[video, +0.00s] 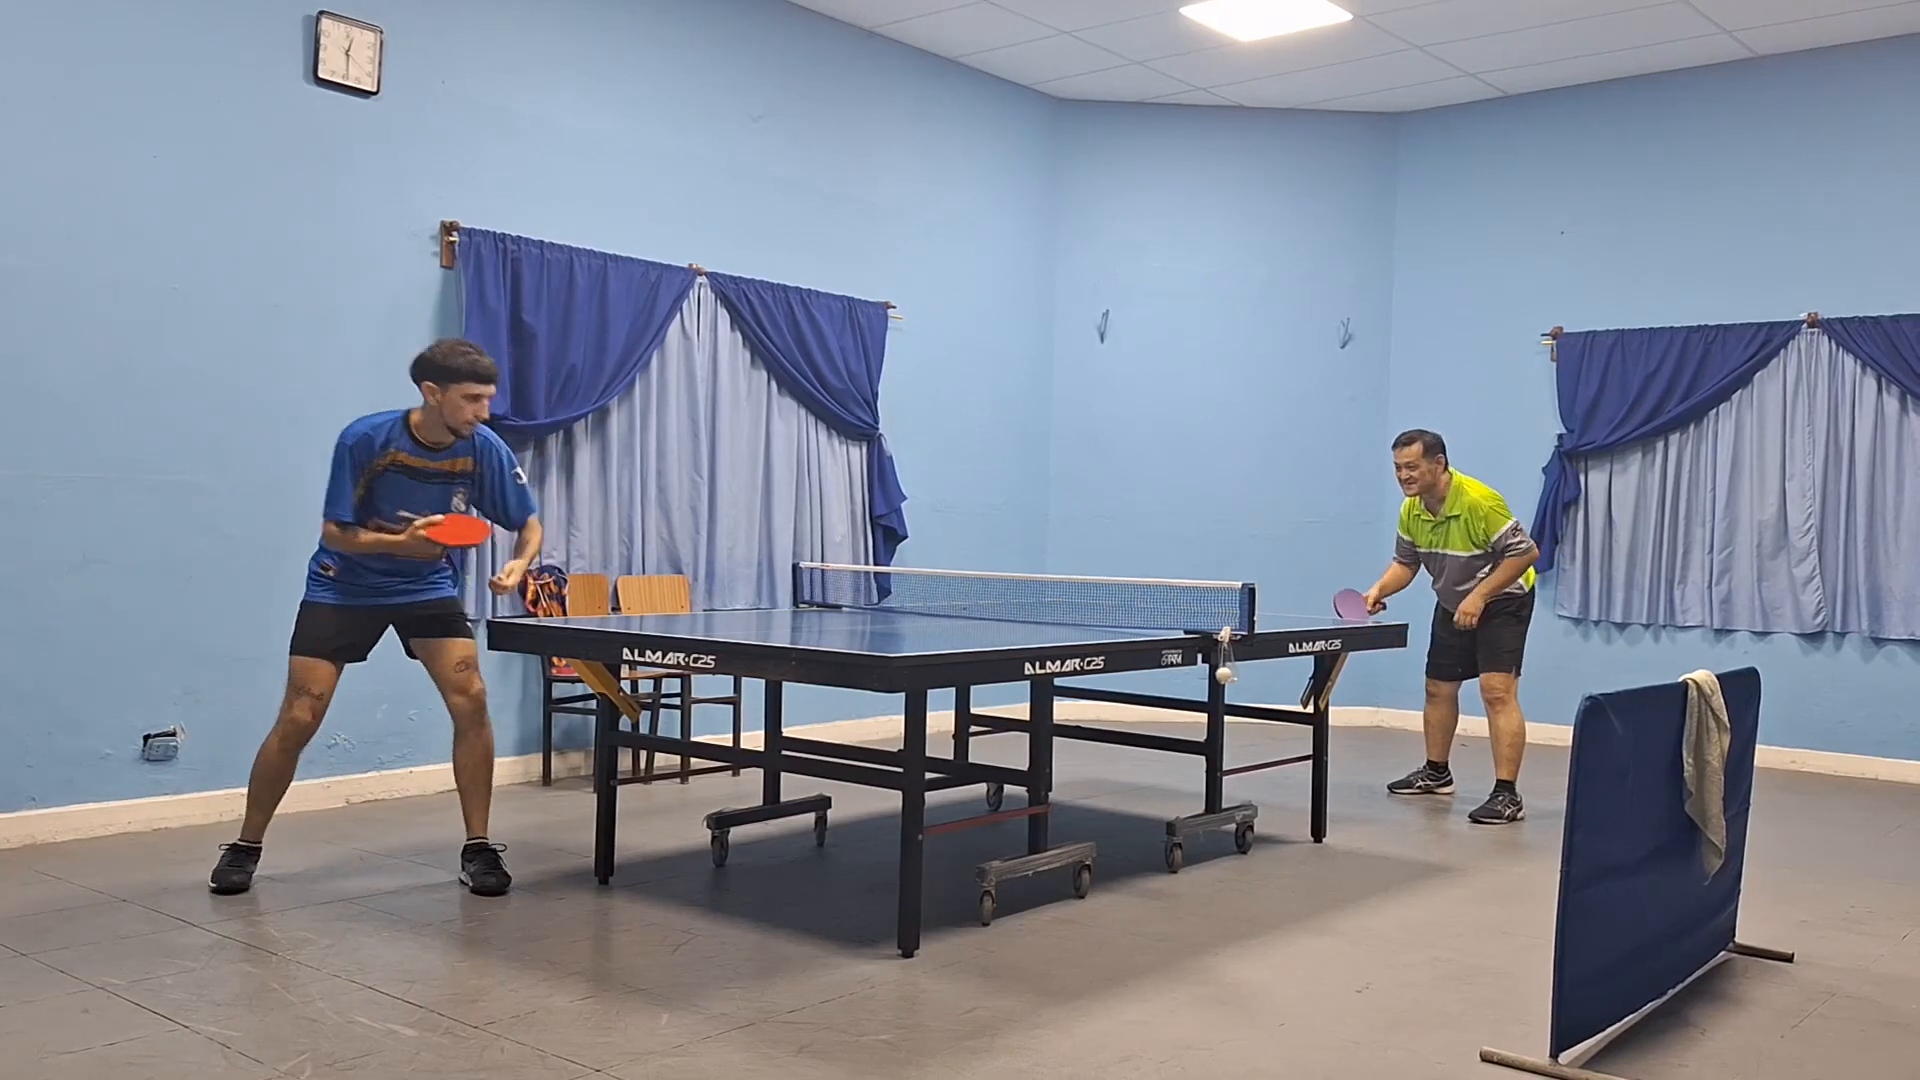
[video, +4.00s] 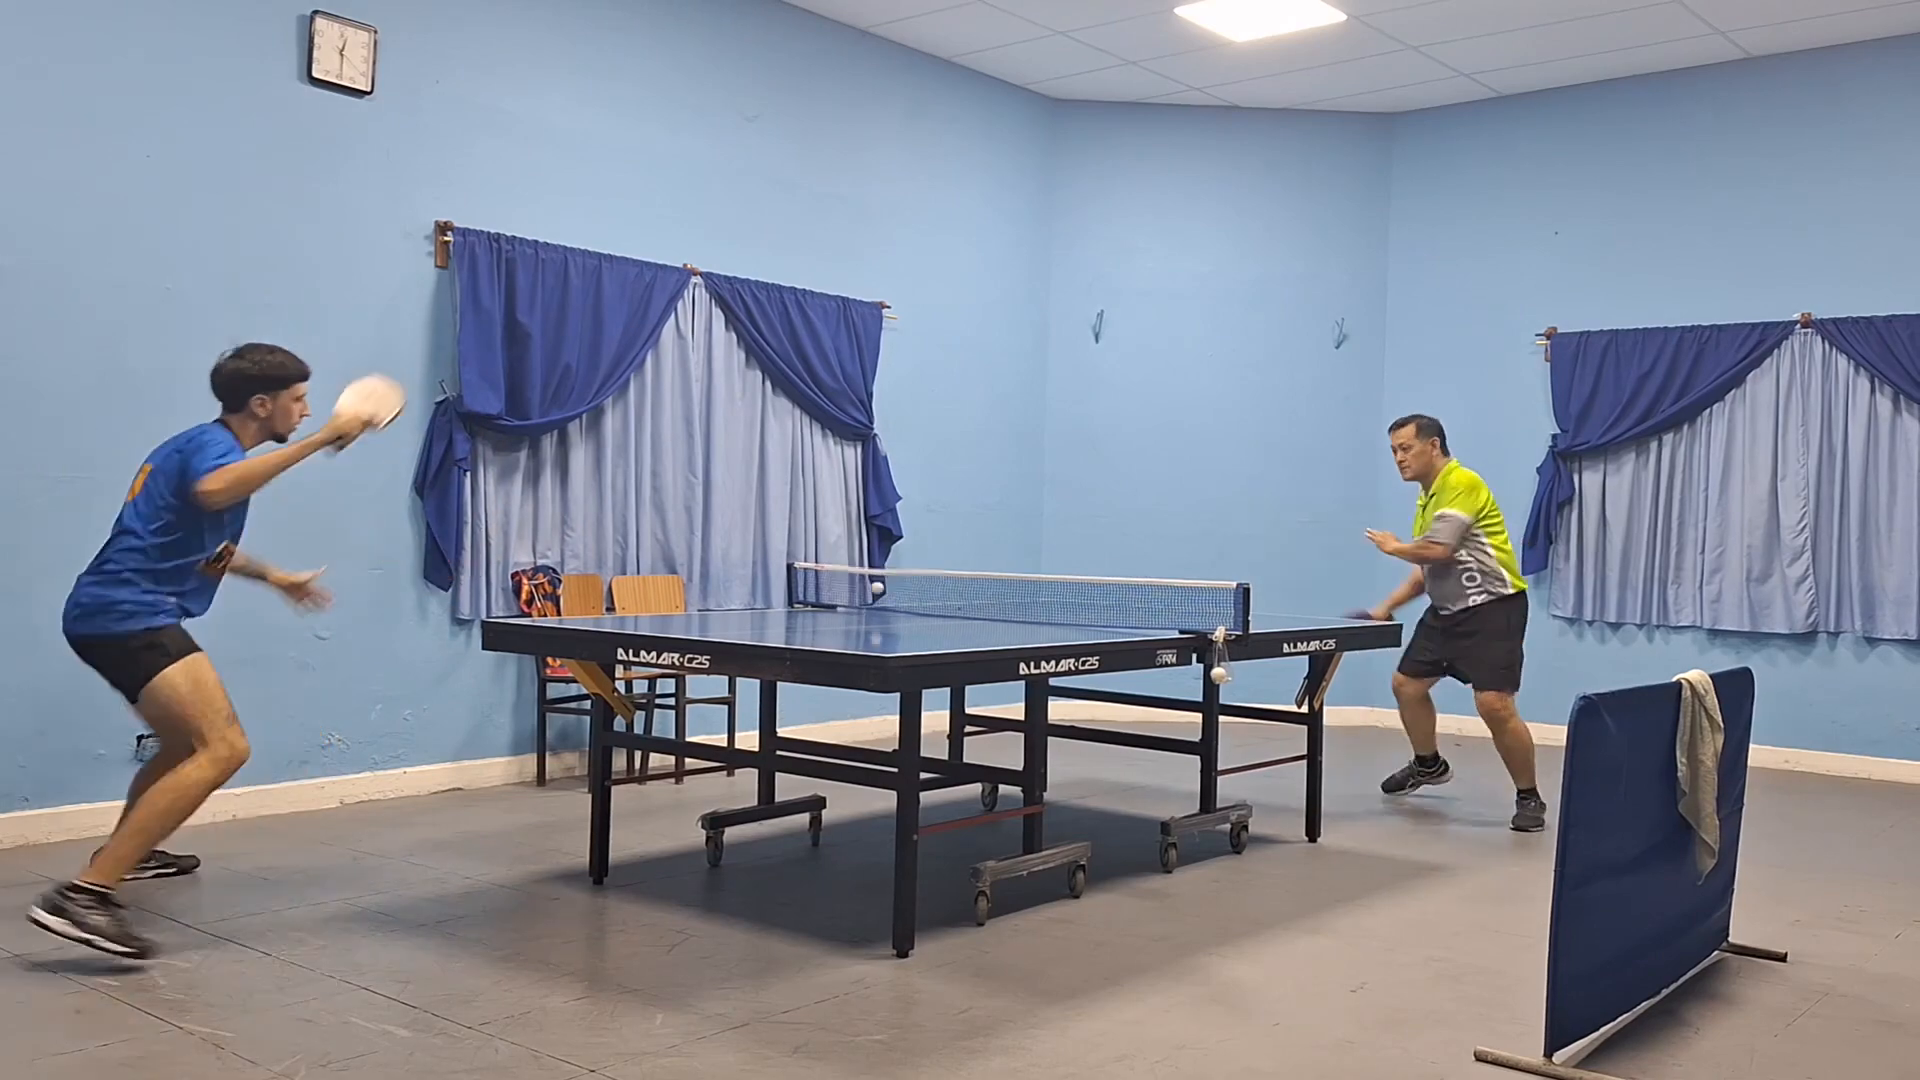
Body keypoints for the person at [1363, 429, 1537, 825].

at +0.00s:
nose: (1403, 474)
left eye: (1412, 467)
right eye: (1399, 468)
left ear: (1440, 465)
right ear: (1396, 469)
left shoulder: (1479, 502)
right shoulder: (1411, 510)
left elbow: (1525, 551)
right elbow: (1405, 562)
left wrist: (1479, 594)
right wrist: (1381, 589)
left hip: (1504, 599)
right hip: (1453, 602)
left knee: (1497, 690)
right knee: (1438, 687)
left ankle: (1506, 793)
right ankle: (1436, 771)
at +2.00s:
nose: (1404, 452)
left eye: (1413, 445)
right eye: (1400, 445)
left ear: (1441, 445)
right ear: (1398, 448)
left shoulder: (1475, 490)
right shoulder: (1406, 495)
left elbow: (1513, 545)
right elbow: (1393, 550)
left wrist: (1460, 582)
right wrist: (1365, 565)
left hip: (1486, 604)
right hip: (1437, 607)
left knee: (1486, 690)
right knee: (1433, 688)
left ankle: (1503, 792)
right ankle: (1433, 771)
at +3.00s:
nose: (1401, 450)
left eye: (1410, 441)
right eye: (1395, 442)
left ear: (1436, 441)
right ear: (1391, 445)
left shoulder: (1478, 485)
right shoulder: (1388, 493)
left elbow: (1510, 545)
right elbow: (1361, 548)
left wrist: (1476, 592)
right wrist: (1338, 559)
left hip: (1470, 610)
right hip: (1407, 607)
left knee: (1478, 699)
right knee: (1373, 684)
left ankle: (1492, 789)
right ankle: (1369, 761)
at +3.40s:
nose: (1404, 468)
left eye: (1415, 460)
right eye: (1397, 459)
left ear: (1438, 460)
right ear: (1389, 457)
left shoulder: (1461, 499)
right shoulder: (1377, 498)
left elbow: (1484, 552)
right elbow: (1344, 528)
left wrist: (1496, 603)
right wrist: (1327, 538)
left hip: (1445, 617)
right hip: (1381, 616)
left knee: (1472, 702)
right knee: (1374, 695)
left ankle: (1485, 788)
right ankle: (1356, 794)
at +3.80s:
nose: (1401, 444)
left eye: (1411, 435)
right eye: (1397, 436)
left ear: (1439, 438)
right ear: (1395, 442)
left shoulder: (1480, 487)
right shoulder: (1396, 495)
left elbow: (1525, 541)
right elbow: (1379, 546)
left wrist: (1484, 591)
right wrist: (1338, 561)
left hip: (1479, 614)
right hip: (1417, 613)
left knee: (1501, 704)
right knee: (1387, 690)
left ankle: (1526, 796)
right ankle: (1356, 786)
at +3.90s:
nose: (1400, 443)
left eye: (1408, 434)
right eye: (1397, 436)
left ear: (1438, 436)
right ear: (1398, 442)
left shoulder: (1471, 479)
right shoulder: (1413, 492)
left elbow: (1502, 535)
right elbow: (1404, 552)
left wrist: (1437, 561)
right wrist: (1362, 572)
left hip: (1489, 608)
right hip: (1432, 608)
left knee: (1503, 704)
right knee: (1391, 682)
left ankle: (1526, 796)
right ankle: (1398, 775)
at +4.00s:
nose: (1399, 458)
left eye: (1405, 449)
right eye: (1395, 452)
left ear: (1433, 446)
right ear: (1395, 457)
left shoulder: (1462, 482)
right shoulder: (1426, 500)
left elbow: (1441, 549)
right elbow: (1426, 571)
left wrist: (1395, 548)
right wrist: (1386, 608)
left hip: (1494, 607)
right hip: (1446, 611)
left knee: (1494, 705)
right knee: (1407, 685)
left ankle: (1528, 797)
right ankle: (1428, 763)